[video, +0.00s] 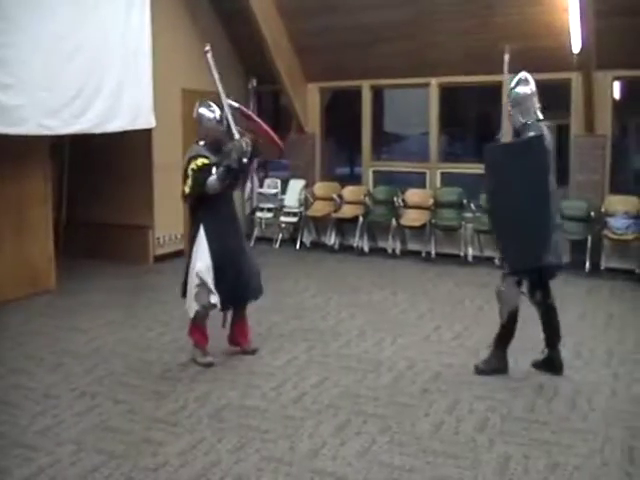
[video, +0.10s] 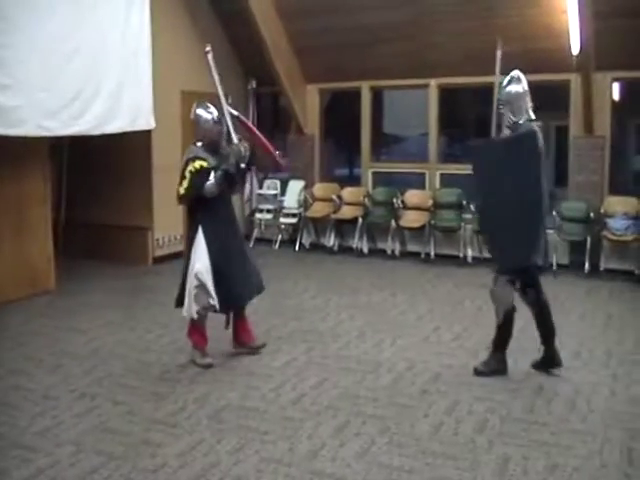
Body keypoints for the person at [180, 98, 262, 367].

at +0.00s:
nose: (222, 130)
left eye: (223, 125)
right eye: (217, 125)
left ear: (224, 127)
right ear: (203, 128)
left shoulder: (224, 153)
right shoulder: (198, 159)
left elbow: (236, 181)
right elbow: (205, 187)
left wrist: (245, 157)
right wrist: (230, 164)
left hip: (228, 223)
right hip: (206, 225)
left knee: (241, 274)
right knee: (205, 277)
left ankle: (239, 332)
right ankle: (199, 340)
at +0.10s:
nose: (218, 129)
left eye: (219, 124)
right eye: (212, 124)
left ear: (221, 127)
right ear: (200, 129)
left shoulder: (221, 155)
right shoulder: (196, 160)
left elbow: (234, 184)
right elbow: (192, 191)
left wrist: (242, 160)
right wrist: (225, 170)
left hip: (225, 226)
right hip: (204, 228)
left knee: (236, 276)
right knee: (201, 280)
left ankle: (242, 334)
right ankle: (198, 344)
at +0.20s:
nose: (221, 129)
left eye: (222, 124)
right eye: (215, 124)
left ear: (223, 127)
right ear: (201, 129)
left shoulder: (222, 156)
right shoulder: (197, 161)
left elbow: (235, 187)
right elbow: (195, 193)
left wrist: (242, 165)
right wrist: (225, 172)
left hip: (227, 228)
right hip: (205, 231)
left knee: (236, 278)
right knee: (202, 282)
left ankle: (245, 335)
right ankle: (200, 345)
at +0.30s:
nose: (222, 130)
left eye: (223, 124)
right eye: (215, 124)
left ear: (224, 128)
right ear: (202, 129)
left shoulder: (225, 157)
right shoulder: (198, 162)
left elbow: (236, 188)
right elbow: (205, 193)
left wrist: (245, 165)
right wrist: (230, 173)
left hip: (229, 227)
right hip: (207, 230)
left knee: (237, 277)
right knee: (205, 281)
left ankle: (243, 334)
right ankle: (201, 343)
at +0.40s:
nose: (224, 130)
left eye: (225, 125)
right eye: (218, 125)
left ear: (226, 128)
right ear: (204, 129)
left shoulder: (226, 157)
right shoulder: (199, 162)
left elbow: (236, 189)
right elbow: (208, 195)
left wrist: (248, 168)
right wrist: (235, 174)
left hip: (231, 229)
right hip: (209, 230)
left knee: (242, 280)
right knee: (207, 282)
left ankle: (243, 334)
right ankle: (201, 342)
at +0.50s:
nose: (226, 129)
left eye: (226, 123)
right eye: (220, 124)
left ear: (227, 127)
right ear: (206, 129)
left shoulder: (228, 156)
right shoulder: (201, 162)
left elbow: (238, 189)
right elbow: (209, 195)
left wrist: (254, 169)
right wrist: (235, 171)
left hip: (235, 227)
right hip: (212, 229)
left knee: (243, 279)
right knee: (209, 282)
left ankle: (244, 334)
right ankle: (201, 342)